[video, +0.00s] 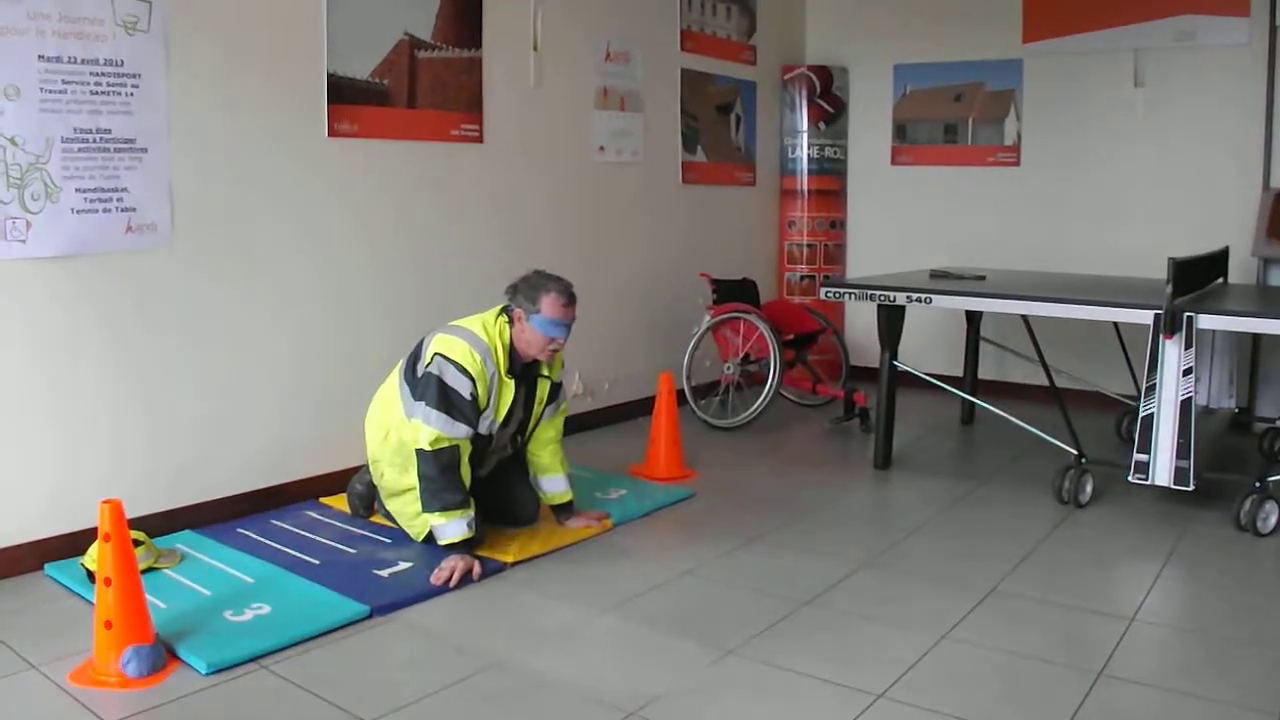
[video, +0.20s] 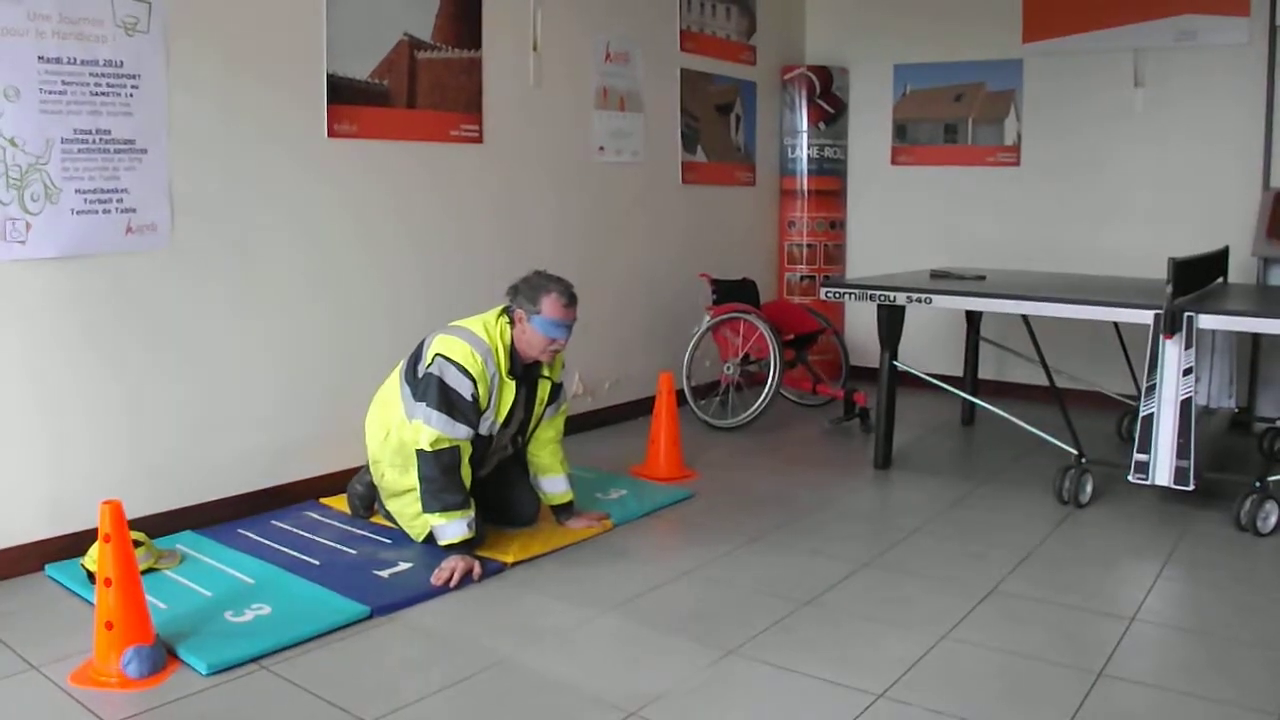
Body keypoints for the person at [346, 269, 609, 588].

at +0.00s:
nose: (560, 340)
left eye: (566, 330)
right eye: (551, 328)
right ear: (518, 319)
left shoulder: (547, 360)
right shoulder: (460, 357)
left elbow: (545, 437)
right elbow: (437, 453)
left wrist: (565, 511)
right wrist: (458, 549)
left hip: (478, 439)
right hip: (405, 446)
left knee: (521, 511)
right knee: (441, 535)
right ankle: (381, 483)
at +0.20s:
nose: (561, 341)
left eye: (567, 331)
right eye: (553, 329)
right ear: (519, 320)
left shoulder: (548, 361)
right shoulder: (461, 357)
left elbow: (545, 437)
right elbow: (438, 452)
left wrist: (565, 511)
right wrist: (458, 549)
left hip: (478, 438)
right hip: (406, 447)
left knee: (522, 511)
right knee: (448, 536)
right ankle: (381, 482)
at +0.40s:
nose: (561, 340)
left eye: (567, 329)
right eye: (553, 328)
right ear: (519, 319)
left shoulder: (548, 359)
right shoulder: (460, 356)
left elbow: (545, 435)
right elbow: (438, 452)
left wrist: (566, 510)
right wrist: (459, 547)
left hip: (480, 439)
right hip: (407, 447)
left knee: (522, 511)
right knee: (450, 536)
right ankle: (382, 481)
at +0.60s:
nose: (559, 337)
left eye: (565, 327)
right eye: (551, 325)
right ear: (518, 317)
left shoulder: (547, 357)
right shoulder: (460, 354)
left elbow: (546, 433)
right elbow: (438, 450)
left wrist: (567, 508)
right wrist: (460, 546)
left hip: (480, 438)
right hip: (408, 446)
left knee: (524, 510)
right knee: (447, 535)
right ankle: (383, 483)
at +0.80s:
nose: (562, 337)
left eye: (568, 327)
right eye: (554, 326)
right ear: (520, 317)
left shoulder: (551, 356)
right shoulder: (463, 354)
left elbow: (548, 433)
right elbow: (440, 449)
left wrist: (568, 507)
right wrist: (462, 545)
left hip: (484, 436)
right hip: (410, 443)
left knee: (526, 509)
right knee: (453, 533)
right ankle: (386, 481)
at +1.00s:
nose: (567, 335)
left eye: (573, 325)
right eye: (559, 323)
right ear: (524, 314)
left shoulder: (553, 354)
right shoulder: (467, 352)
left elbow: (550, 431)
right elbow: (442, 447)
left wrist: (570, 506)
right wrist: (462, 544)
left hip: (486, 434)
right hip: (412, 442)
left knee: (529, 507)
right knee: (453, 531)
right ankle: (386, 479)